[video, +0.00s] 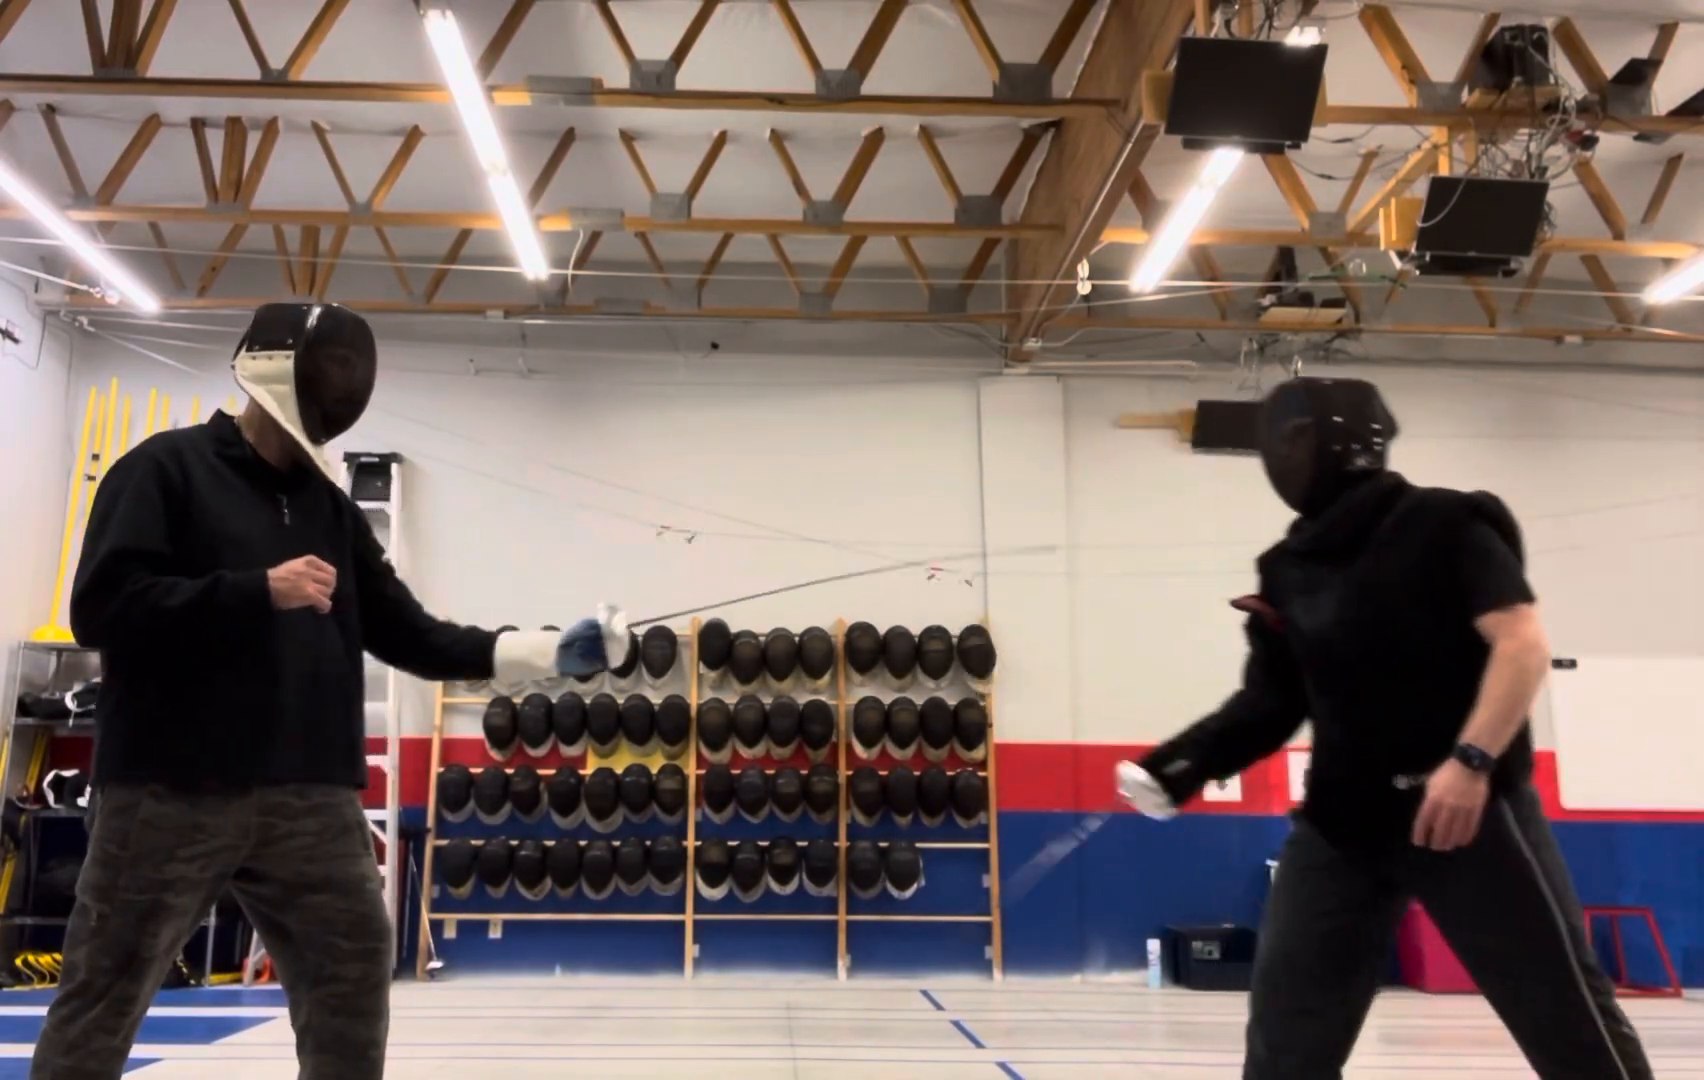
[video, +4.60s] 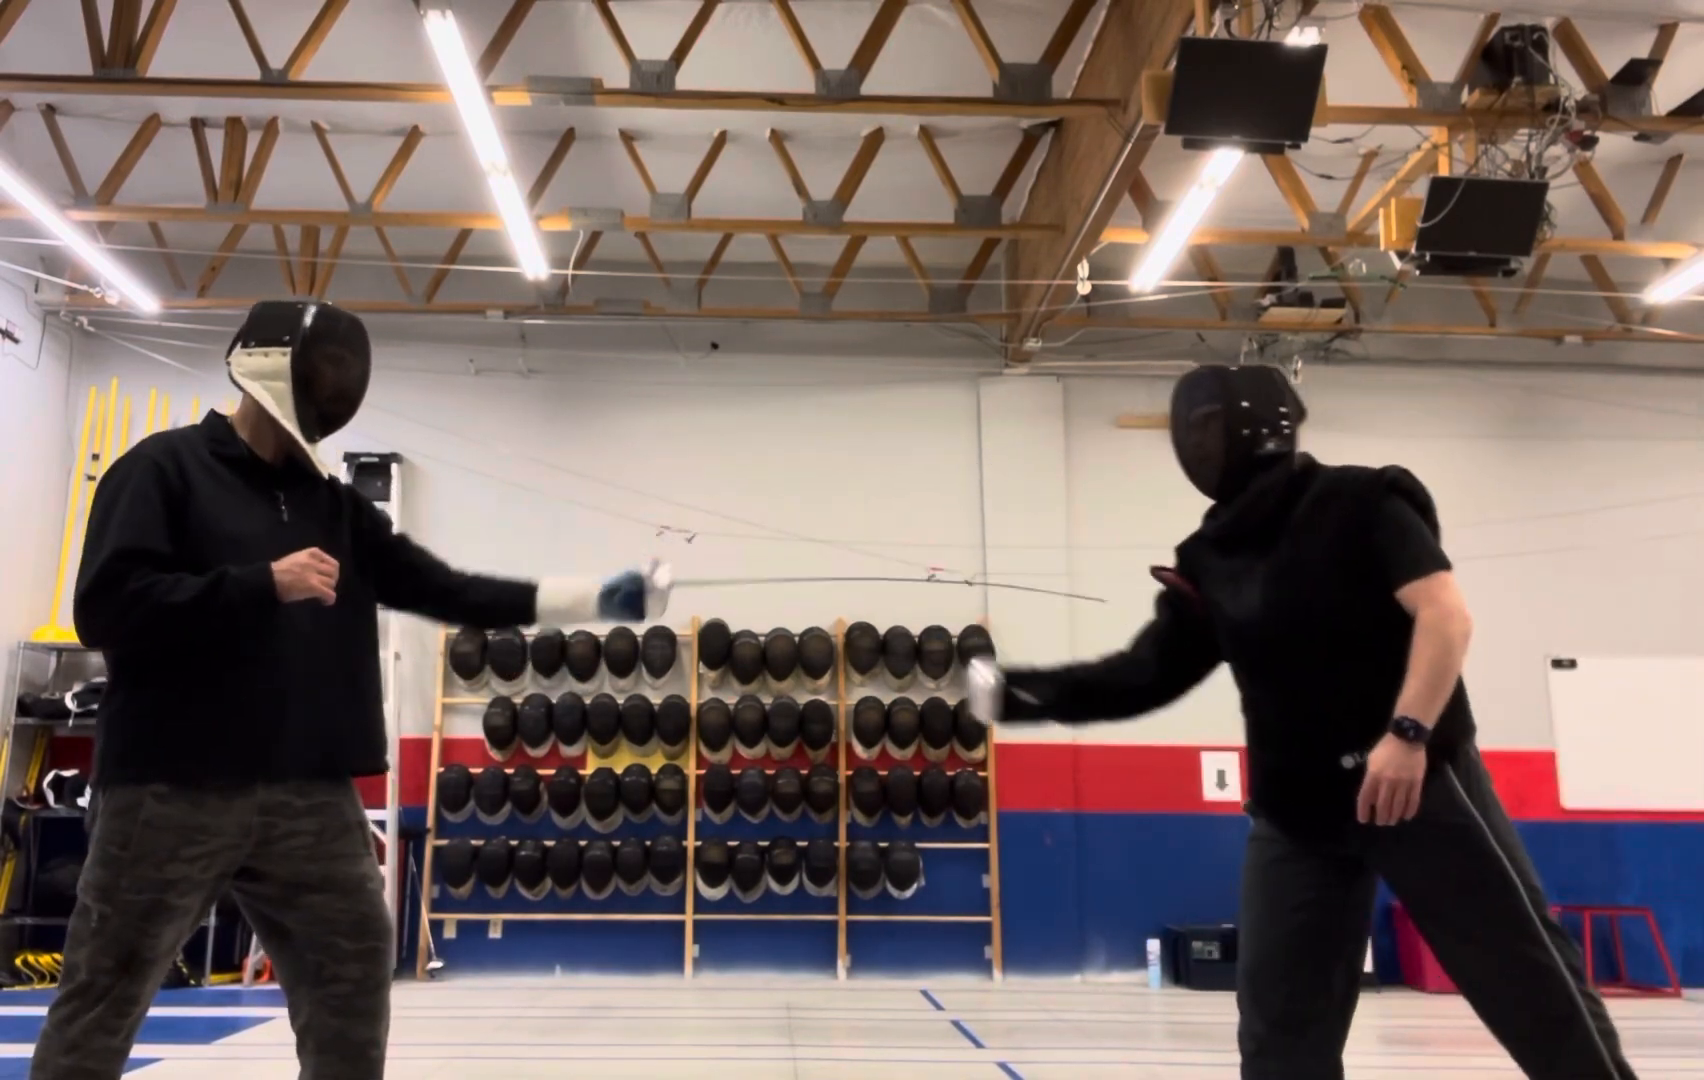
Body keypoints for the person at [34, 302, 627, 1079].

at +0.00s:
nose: (332, 402)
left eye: (342, 388)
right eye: (318, 380)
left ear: (339, 395)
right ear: (266, 372)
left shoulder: (328, 507)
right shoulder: (158, 471)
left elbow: (401, 630)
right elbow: (101, 607)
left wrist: (526, 651)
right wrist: (256, 589)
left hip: (306, 797)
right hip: (165, 792)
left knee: (351, 969)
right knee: (102, 998)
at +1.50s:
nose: (320, 437)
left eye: (335, 420)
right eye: (310, 414)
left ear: (345, 409)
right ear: (269, 384)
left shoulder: (336, 513)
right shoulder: (165, 469)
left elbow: (449, 604)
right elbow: (100, 598)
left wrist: (589, 597)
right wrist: (259, 591)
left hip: (306, 801)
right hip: (166, 793)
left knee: (349, 995)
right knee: (96, 1008)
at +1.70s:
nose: (341, 430)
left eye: (354, 416)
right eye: (331, 406)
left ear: (360, 413)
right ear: (282, 380)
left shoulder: (357, 509)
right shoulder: (174, 468)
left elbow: (489, 531)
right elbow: (108, 594)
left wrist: (639, 505)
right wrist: (269, 590)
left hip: (306, 795)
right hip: (163, 792)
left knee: (350, 989)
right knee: (95, 1004)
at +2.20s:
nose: (322, 435)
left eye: (338, 418)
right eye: (313, 411)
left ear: (346, 407)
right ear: (262, 381)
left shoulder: (337, 506)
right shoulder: (157, 476)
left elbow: (442, 580)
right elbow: (100, 609)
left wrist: (582, 600)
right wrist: (257, 592)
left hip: (305, 797)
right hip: (167, 795)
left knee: (351, 991)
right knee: (98, 1007)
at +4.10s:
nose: (345, 437)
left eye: (358, 421)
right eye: (335, 411)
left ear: (367, 414)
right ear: (288, 384)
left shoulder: (365, 512)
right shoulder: (179, 466)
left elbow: (493, 534)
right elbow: (106, 593)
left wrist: (643, 506)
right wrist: (265, 586)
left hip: (311, 797)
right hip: (163, 793)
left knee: (352, 1003)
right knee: (93, 1007)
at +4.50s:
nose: (340, 418)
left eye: (351, 401)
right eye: (329, 394)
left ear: (352, 398)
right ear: (273, 374)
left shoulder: (343, 508)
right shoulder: (162, 471)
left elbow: (469, 548)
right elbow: (104, 602)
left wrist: (622, 536)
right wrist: (263, 585)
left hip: (309, 798)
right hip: (167, 795)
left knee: (351, 1000)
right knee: (97, 1008)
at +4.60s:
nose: (319, 429)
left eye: (331, 412)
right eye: (310, 405)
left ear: (336, 401)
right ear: (261, 378)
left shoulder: (331, 504)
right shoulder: (155, 472)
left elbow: (437, 587)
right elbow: (105, 608)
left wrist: (577, 602)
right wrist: (260, 582)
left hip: (305, 796)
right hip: (167, 792)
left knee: (351, 992)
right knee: (100, 1004)